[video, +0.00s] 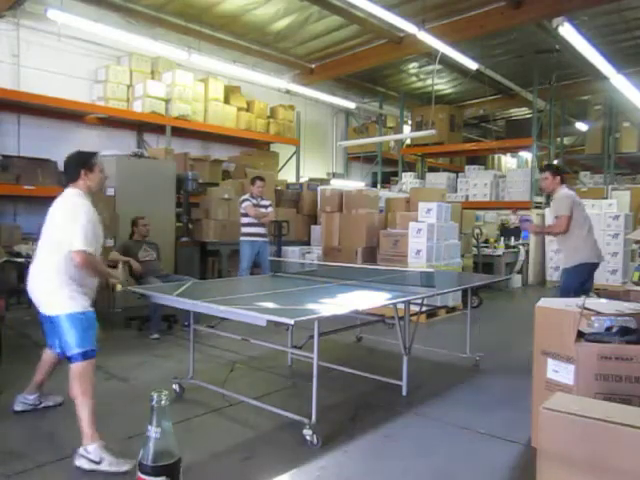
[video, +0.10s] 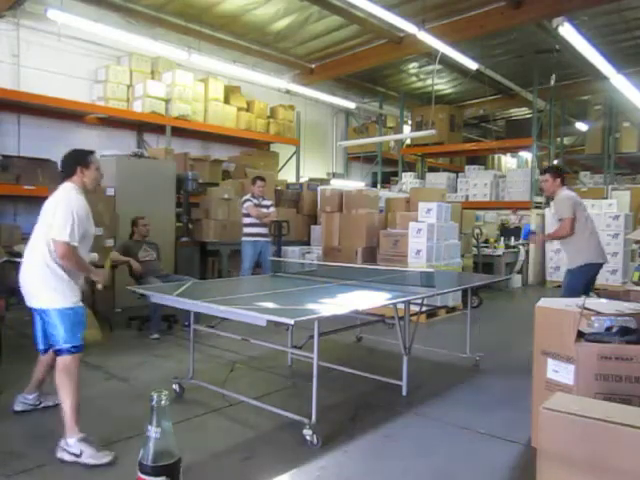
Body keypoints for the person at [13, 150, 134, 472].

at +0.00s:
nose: (105, 175)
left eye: (102, 170)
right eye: (100, 170)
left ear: (80, 175)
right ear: (85, 174)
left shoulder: (66, 200)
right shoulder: (81, 206)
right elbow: (81, 257)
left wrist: (107, 259)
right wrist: (108, 275)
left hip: (46, 287)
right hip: (65, 293)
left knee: (57, 345)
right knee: (83, 360)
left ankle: (30, 394)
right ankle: (91, 445)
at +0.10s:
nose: (100, 174)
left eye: (99, 169)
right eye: (96, 169)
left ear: (78, 171)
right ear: (80, 171)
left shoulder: (68, 197)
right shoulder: (70, 200)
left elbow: (86, 247)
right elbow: (63, 251)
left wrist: (124, 259)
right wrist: (90, 272)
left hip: (44, 284)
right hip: (54, 287)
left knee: (52, 346)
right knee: (69, 353)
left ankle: (29, 395)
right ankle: (72, 438)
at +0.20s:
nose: (95, 169)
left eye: (94, 164)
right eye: (91, 164)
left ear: (71, 167)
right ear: (76, 167)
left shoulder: (59, 190)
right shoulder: (67, 193)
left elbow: (59, 241)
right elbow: (59, 241)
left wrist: (83, 259)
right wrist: (82, 264)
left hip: (33, 278)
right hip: (47, 282)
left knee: (45, 342)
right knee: (59, 350)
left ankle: (30, 393)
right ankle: (54, 434)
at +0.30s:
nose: (93, 169)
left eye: (92, 164)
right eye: (89, 164)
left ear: (69, 166)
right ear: (73, 165)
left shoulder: (55, 189)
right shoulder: (65, 190)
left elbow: (55, 237)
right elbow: (62, 237)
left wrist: (82, 257)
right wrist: (84, 257)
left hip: (25, 278)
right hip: (41, 280)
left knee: (40, 342)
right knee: (52, 347)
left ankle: (32, 393)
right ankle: (39, 429)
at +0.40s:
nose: (93, 170)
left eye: (91, 165)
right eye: (88, 165)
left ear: (68, 168)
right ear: (72, 167)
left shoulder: (53, 190)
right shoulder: (65, 192)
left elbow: (50, 244)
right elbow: (63, 239)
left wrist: (71, 279)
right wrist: (87, 257)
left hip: (26, 279)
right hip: (37, 282)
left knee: (41, 344)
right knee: (44, 351)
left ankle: (30, 395)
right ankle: (32, 431)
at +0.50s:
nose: (92, 171)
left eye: (91, 165)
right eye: (87, 165)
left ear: (67, 168)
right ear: (72, 167)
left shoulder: (51, 191)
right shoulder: (64, 193)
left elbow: (47, 248)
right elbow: (63, 242)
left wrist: (70, 286)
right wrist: (87, 259)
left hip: (23, 279)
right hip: (36, 282)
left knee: (39, 344)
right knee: (43, 351)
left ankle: (30, 395)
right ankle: (32, 431)